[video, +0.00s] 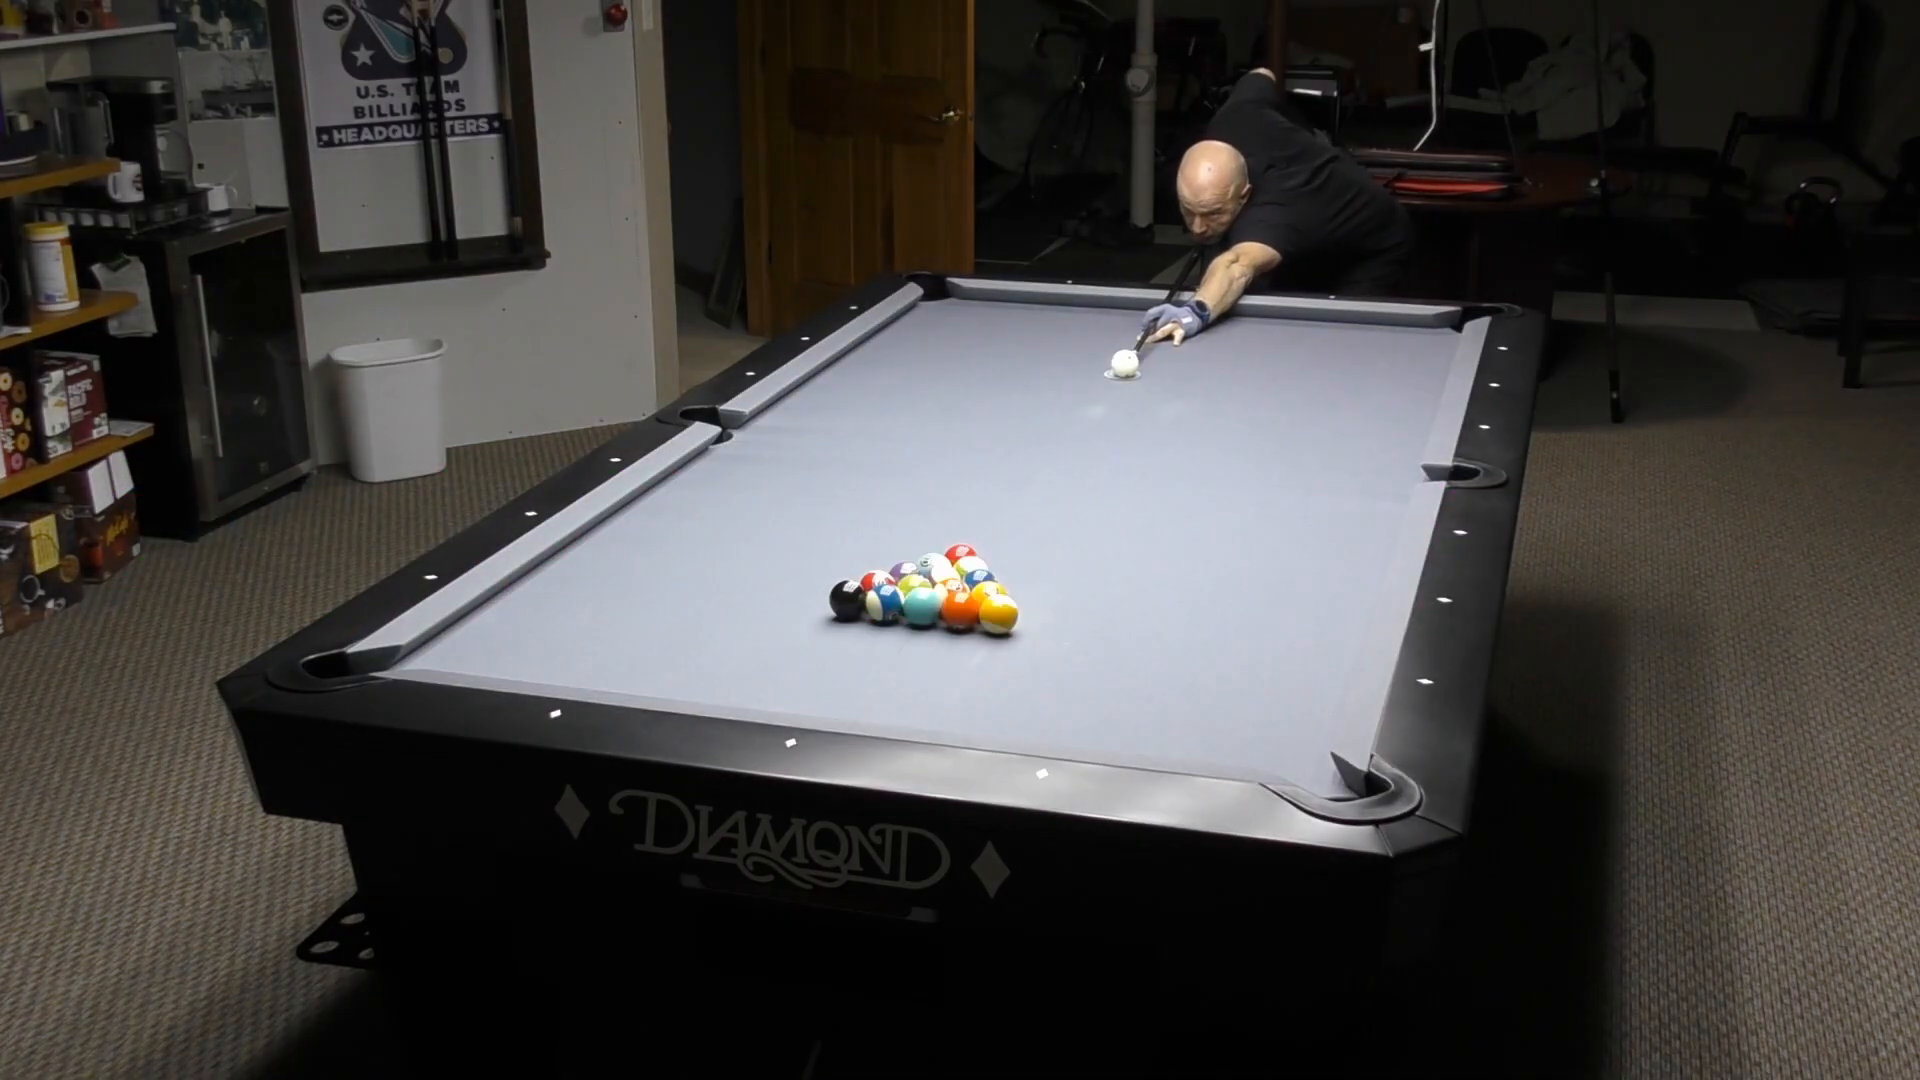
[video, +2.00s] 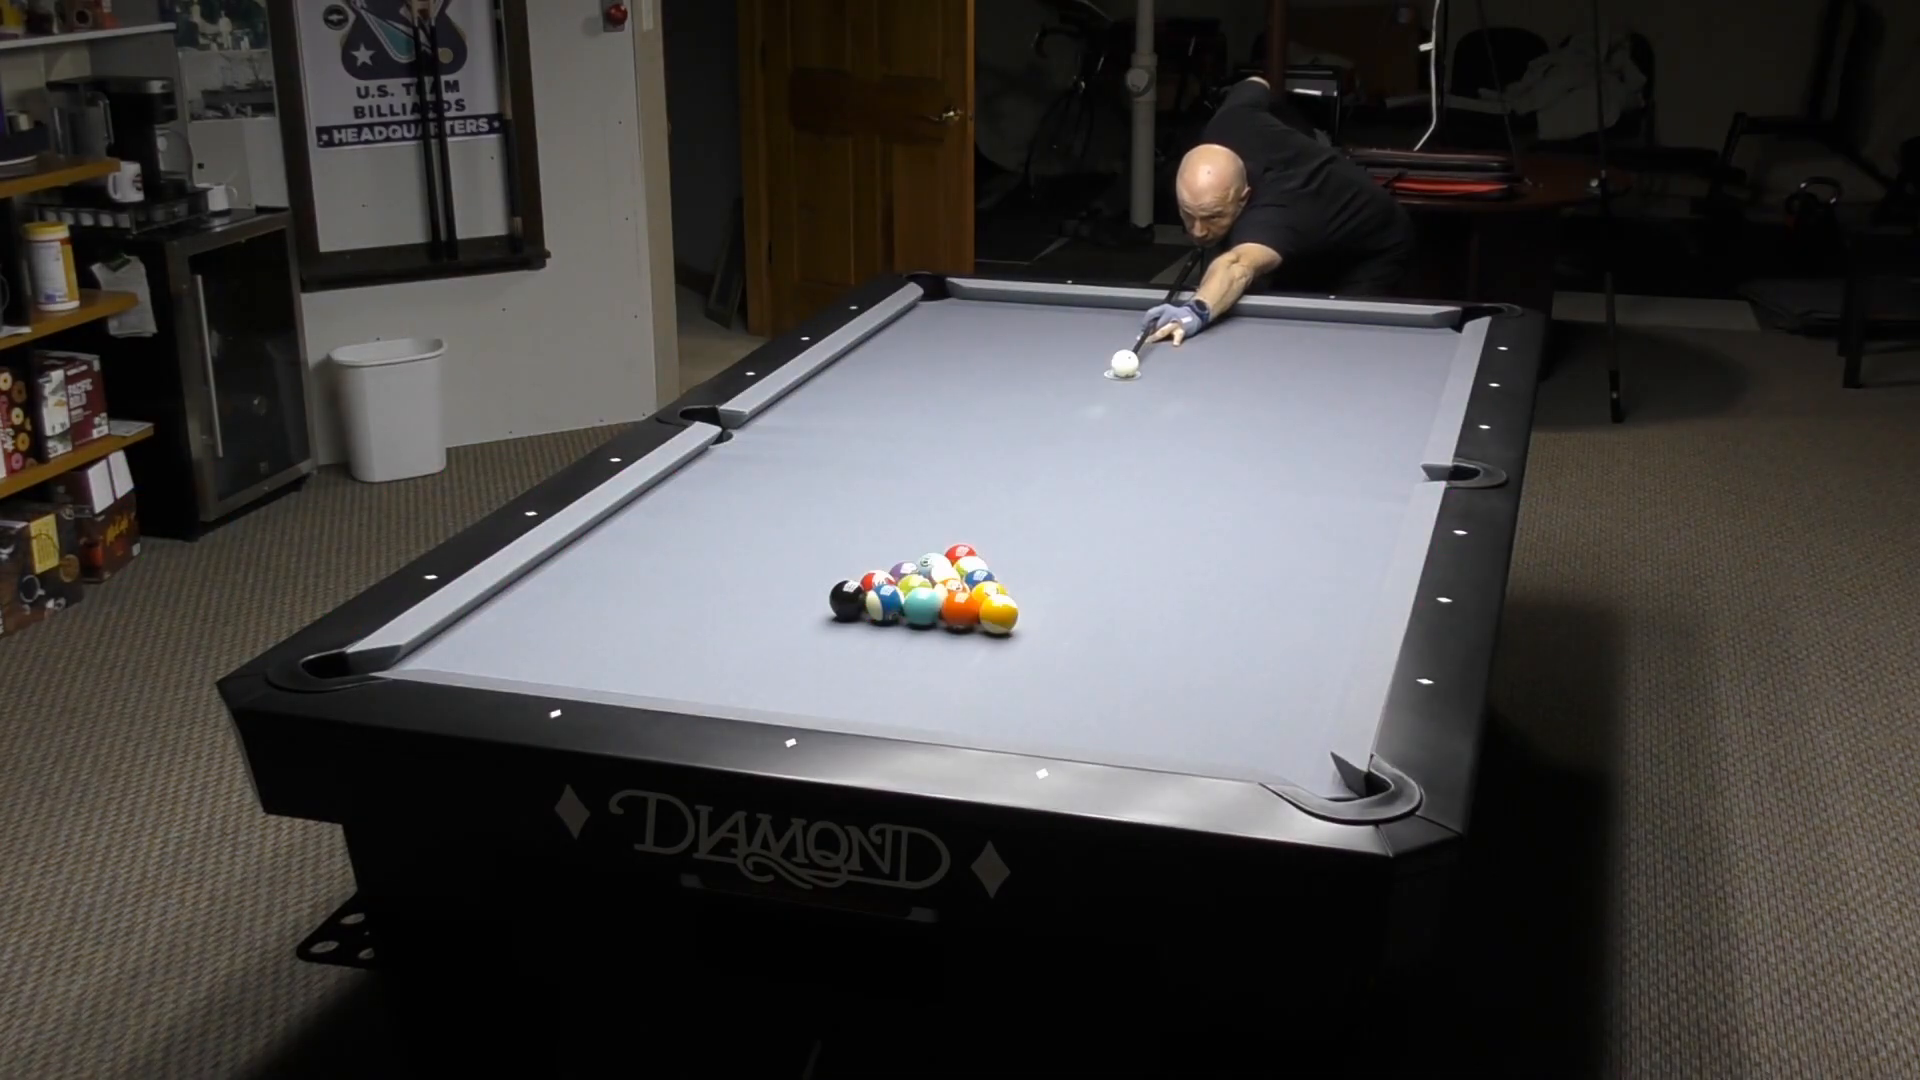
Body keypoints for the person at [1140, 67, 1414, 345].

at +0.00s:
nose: (1198, 229)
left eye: (1213, 216)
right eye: (1188, 213)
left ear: (1244, 193)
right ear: (1179, 184)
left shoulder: (1272, 216)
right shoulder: (1235, 119)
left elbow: (1237, 267)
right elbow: (1262, 73)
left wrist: (1195, 312)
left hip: (1379, 240)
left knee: (1339, 339)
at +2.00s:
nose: (1198, 232)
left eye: (1212, 219)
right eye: (1188, 217)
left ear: (1243, 195)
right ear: (1178, 188)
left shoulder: (1273, 217)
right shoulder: (1231, 122)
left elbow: (1238, 266)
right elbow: (1257, 81)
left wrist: (1194, 311)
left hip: (1379, 243)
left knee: (1339, 339)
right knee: (1280, 330)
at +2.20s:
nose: (1198, 221)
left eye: (1212, 207)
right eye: (1187, 205)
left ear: (1241, 184)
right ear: (1177, 181)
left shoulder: (1274, 196)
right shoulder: (1228, 113)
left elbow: (1258, 267)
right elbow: (1256, 78)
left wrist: (1198, 314)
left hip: (1373, 244)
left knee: (1338, 343)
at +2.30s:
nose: (1222, 174)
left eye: (1237, 161)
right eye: (1210, 159)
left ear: (1266, 138)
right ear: (1204, 127)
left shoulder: (1298, 170)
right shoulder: (1240, 78)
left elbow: (1277, 276)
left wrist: (1211, 316)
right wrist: (1221, 183)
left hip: (1363, 238)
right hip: (1295, 228)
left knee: (1342, 341)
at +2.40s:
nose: (1254, 94)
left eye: (1272, 80)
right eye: (1246, 74)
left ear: (1303, 72)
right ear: (1236, 60)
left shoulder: (1322, 129)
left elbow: (1291, 249)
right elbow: (1238, 106)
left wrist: (1214, 293)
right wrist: (1234, 162)